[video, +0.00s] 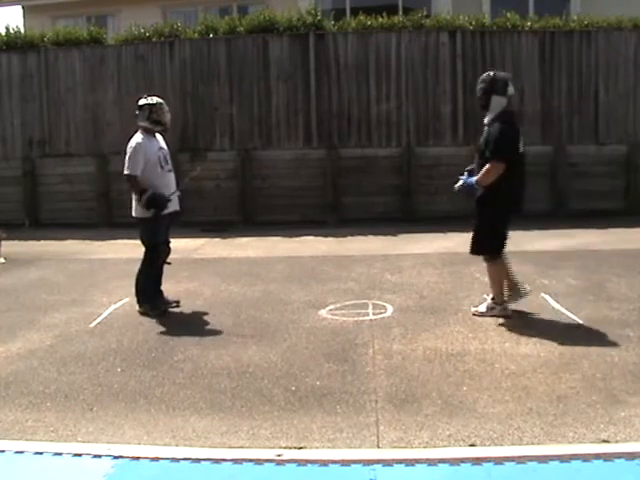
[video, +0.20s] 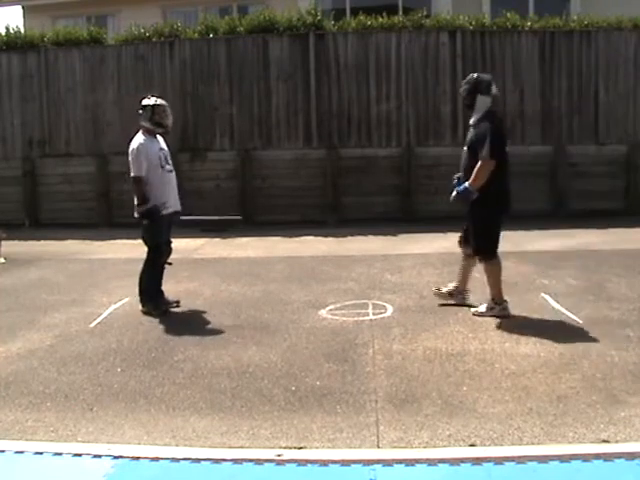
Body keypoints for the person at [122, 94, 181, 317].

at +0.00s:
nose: (163, 116)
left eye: (163, 111)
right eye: (159, 112)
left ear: (158, 115)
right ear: (149, 115)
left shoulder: (157, 138)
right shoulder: (138, 144)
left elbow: (158, 170)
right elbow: (130, 176)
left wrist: (172, 192)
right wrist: (147, 196)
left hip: (165, 208)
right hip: (149, 211)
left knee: (161, 251)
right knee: (154, 252)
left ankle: (155, 295)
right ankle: (146, 300)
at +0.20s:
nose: (167, 117)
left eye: (166, 113)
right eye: (162, 113)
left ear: (159, 116)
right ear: (151, 116)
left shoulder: (158, 139)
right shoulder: (139, 145)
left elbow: (161, 173)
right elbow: (137, 178)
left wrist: (171, 201)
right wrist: (145, 206)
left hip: (167, 207)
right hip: (153, 209)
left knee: (162, 253)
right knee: (156, 253)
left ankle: (157, 296)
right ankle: (148, 300)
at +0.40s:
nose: (169, 119)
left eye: (169, 114)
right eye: (165, 114)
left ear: (155, 118)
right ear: (155, 117)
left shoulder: (159, 140)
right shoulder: (139, 144)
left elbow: (157, 170)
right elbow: (130, 175)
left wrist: (169, 192)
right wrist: (148, 194)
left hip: (166, 209)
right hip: (151, 212)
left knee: (162, 252)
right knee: (157, 252)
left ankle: (156, 296)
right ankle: (148, 300)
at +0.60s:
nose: (168, 120)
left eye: (167, 116)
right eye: (164, 116)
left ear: (154, 119)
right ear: (155, 118)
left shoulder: (160, 139)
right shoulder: (139, 144)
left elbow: (164, 169)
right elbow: (135, 175)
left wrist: (172, 187)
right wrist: (155, 191)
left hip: (166, 208)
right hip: (151, 210)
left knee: (162, 252)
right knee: (159, 251)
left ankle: (156, 296)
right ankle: (149, 300)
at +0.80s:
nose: (168, 118)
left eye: (168, 113)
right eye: (164, 114)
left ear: (161, 117)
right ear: (154, 116)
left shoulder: (160, 140)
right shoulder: (142, 145)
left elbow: (164, 172)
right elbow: (141, 178)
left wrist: (175, 194)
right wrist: (154, 201)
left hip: (167, 206)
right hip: (154, 208)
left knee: (164, 251)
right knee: (162, 251)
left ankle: (159, 295)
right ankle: (154, 298)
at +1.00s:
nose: (173, 117)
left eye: (173, 112)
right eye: (168, 112)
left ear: (165, 116)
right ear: (157, 115)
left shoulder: (164, 140)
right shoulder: (147, 145)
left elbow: (166, 173)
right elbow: (143, 179)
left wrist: (177, 197)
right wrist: (152, 204)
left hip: (171, 206)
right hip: (160, 207)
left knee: (163, 252)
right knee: (169, 252)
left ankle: (154, 297)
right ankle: (170, 301)